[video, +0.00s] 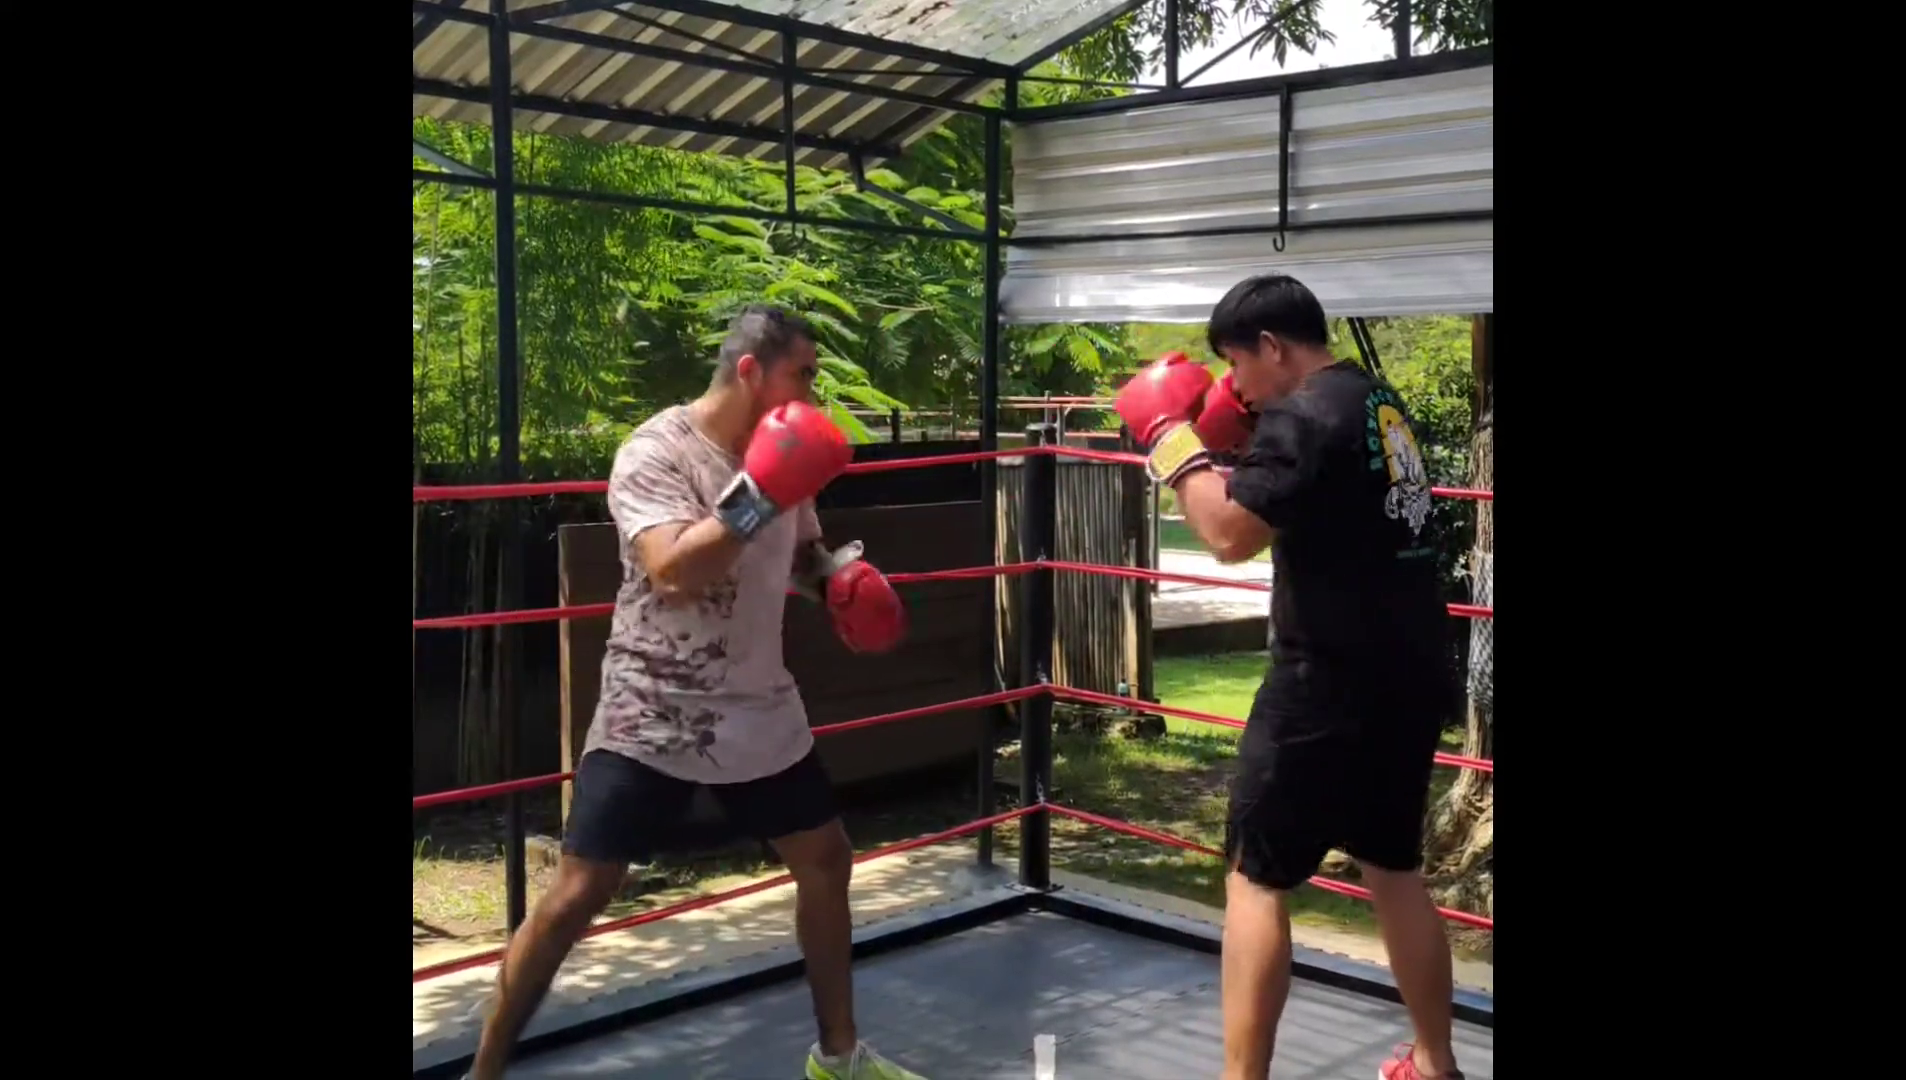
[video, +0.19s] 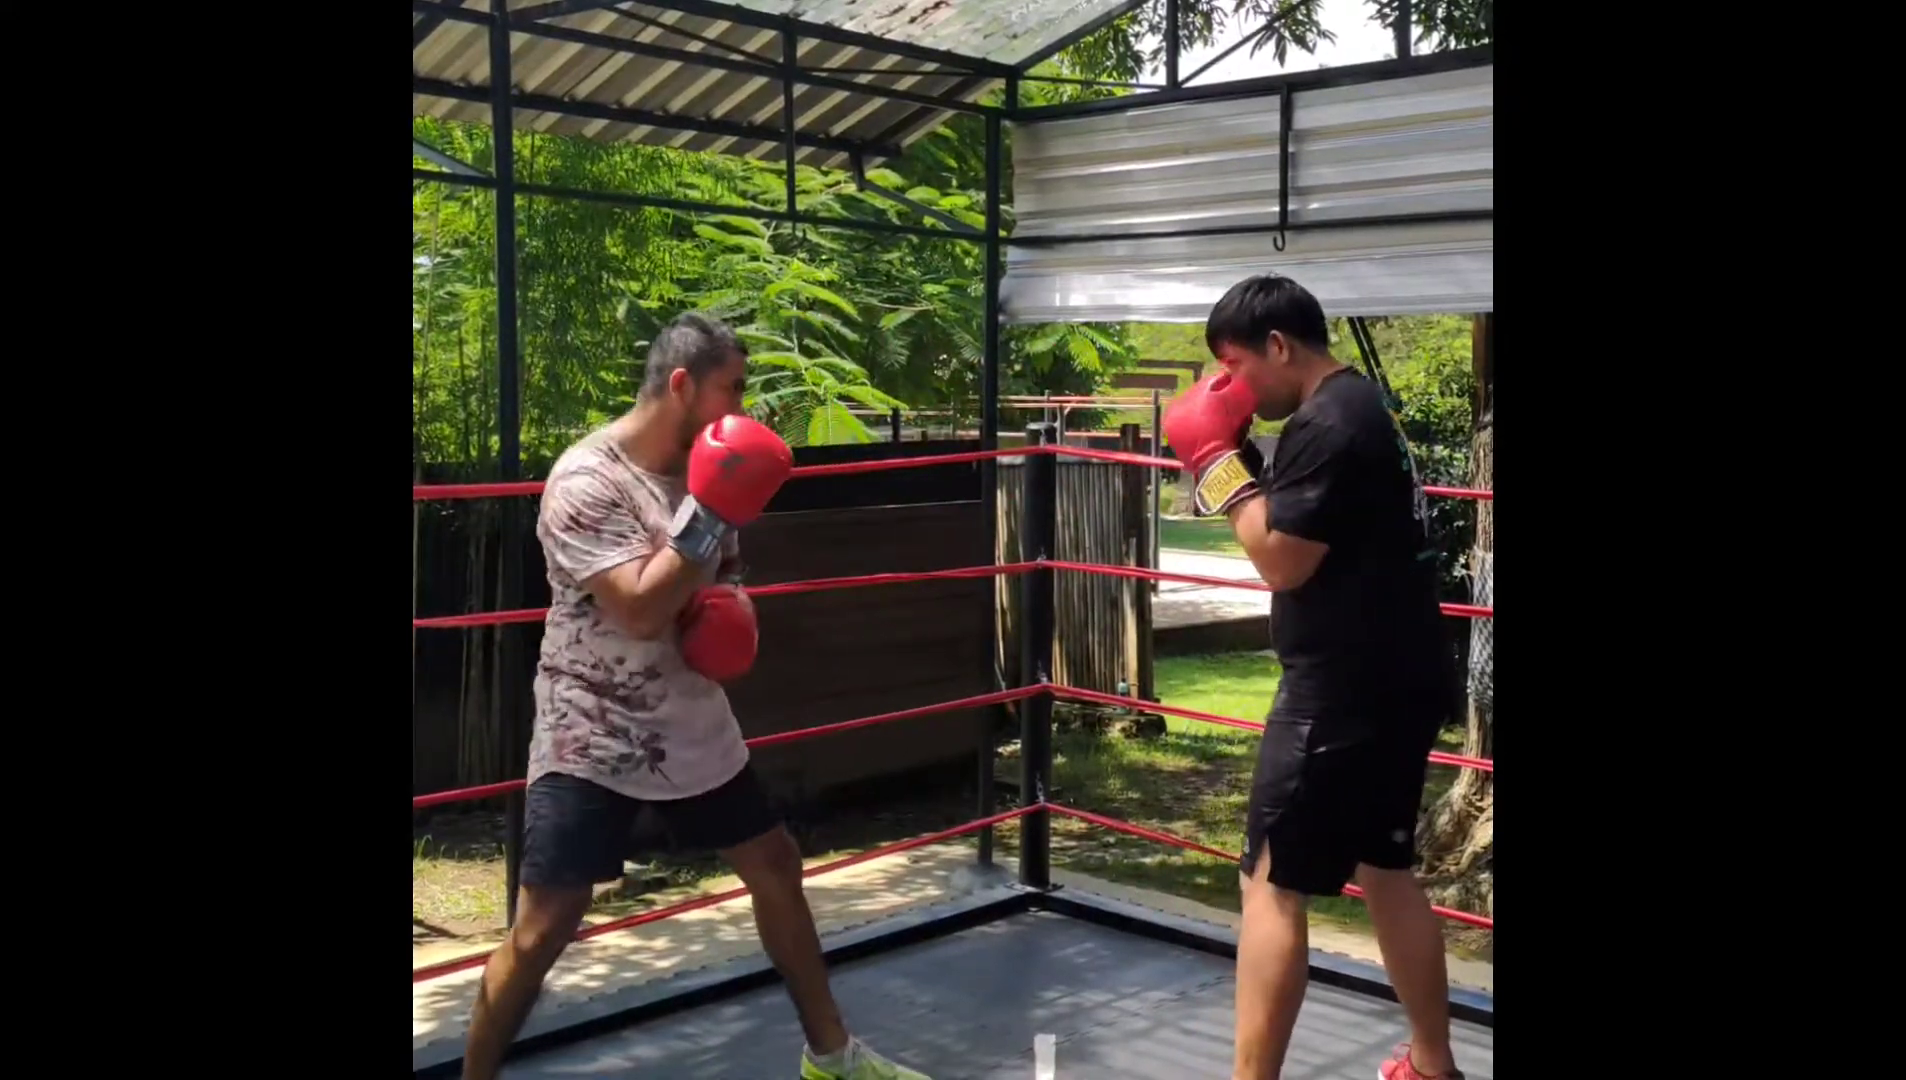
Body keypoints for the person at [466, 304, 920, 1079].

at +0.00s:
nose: (810, 395)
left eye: (813, 379)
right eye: (802, 375)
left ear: (753, 372)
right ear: (748, 368)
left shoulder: (784, 460)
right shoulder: (654, 450)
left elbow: (805, 555)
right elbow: (670, 568)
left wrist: (844, 580)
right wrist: (763, 489)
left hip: (759, 712)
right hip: (649, 714)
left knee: (825, 861)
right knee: (576, 895)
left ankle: (840, 1053)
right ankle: (484, 1069)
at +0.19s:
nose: (738, 407)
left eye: (740, 390)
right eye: (731, 388)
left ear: (685, 388)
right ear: (681, 385)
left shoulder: (704, 475)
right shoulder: (581, 482)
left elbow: (721, 580)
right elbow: (639, 607)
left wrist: (728, 624)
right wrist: (710, 509)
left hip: (695, 728)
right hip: (588, 737)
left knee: (775, 868)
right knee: (541, 932)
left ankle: (831, 1050)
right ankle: (475, 1074)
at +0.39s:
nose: (720, 402)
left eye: (725, 386)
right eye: (714, 383)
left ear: (666, 381)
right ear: (665, 377)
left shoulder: (679, 474)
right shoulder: (575, 478)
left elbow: (708, 573)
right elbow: (644, 598)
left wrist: (700, 618)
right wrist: (702, 496)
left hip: (669, 716)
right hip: (574, 726)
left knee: (757, 856)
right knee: (536, 925)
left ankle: (766, 1049)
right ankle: (476, 1075)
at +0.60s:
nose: (755, 383)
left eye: (757, 366)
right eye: (750, 365)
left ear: (688, 363)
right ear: (707, 363)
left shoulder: (644, 432)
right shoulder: (686, 444)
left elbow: (619, 564)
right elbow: (816, 507)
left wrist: (717, 570)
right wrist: (859, 404)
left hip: (677, 708)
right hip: (621, 713)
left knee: (747, 852)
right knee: (567, 918)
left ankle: (769, 1048)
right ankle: (482, 1071)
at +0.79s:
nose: (743, 379)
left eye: (744, 364)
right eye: (736, 362)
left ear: (678, 364)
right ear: (692, 362)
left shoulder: (644, 440)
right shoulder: (654, 454)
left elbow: (607, 577)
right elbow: (769, 542)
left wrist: (720, 583)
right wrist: (788, 450)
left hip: (685, 719)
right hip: (629, 726)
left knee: (758, 850)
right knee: (582, 923)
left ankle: (770, 1046)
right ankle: (489, 1072)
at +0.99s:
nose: (711, 394)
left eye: (712, 377)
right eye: (703, 376)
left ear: (654, 375)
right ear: (655, 374)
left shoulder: (662, 466)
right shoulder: (565, 471)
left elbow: (672, 567)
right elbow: (642, 592)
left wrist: (685, 610)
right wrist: (702, 493)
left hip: (652, 720)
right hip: (561, 730)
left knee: (725, 859)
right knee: (533, 929)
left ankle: (767, 1048)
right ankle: (474, 1075)